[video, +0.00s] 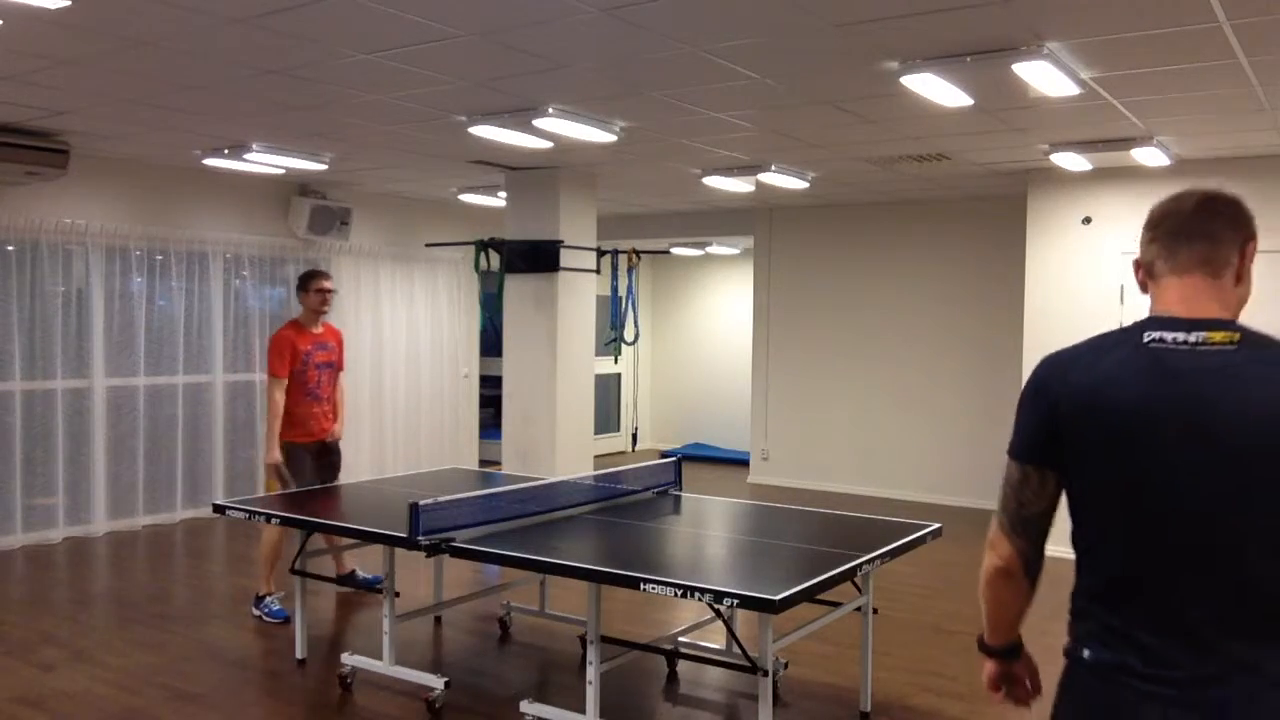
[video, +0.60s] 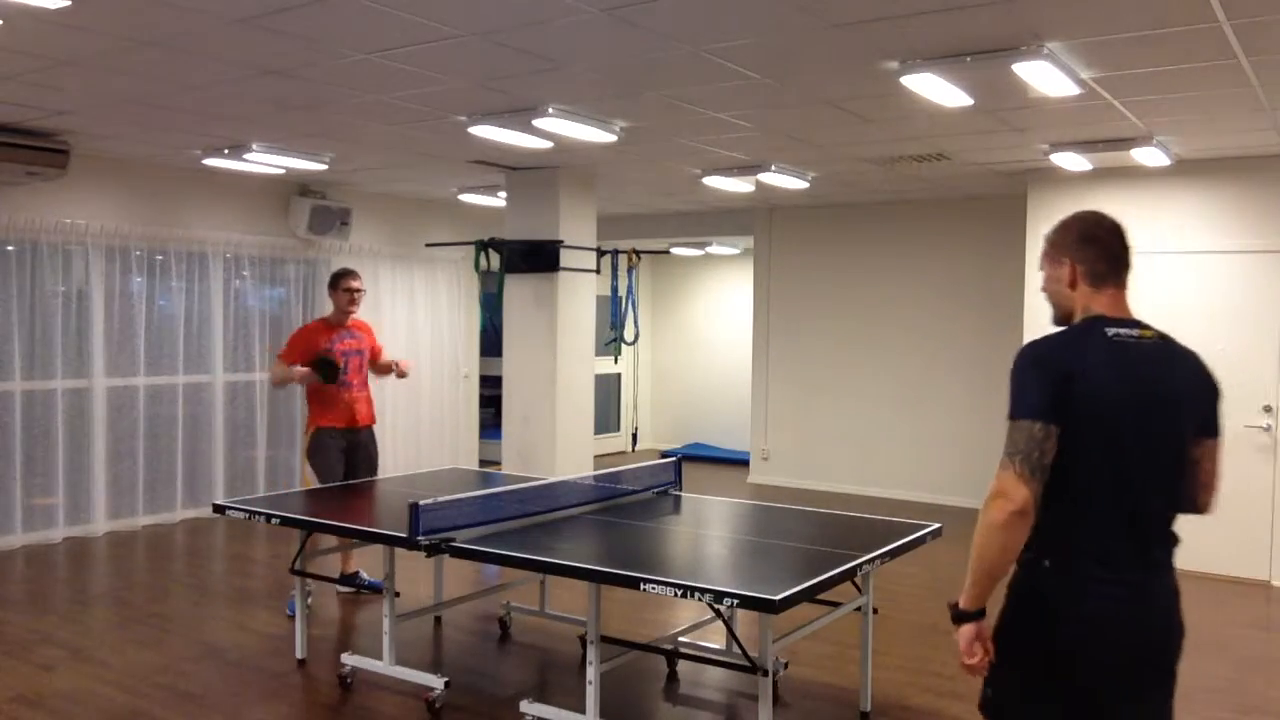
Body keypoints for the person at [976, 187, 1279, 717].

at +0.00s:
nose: (1248, 280)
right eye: (1252, 266)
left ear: (1141, 275)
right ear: (1245, 264)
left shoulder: (1066, 378)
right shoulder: (1271, 370)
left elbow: (1010, 555)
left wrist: (1001, 647)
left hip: (1109, 692)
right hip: (1252, 693)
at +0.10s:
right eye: (1234, 281)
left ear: (1132, 283)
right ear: (1229, 283)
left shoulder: (1061, 384)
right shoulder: (1270, 392)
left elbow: (1004, 554)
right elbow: (1271, 541)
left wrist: (994, 638)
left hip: (1097, 681)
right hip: (1231, 685)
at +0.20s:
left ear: (1122, 283)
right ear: (1218, 288)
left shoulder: (1060, 385)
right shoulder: (1264, 396)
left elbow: (1008, 545)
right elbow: (1270, 543)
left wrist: (986, 638)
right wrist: (1264, 542)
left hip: (1087, 661)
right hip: (1207, 664)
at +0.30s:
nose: (1105, 289)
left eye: (1106, 273)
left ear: (1114, 270)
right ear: (1194, 281)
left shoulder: (1060, 372)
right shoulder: (1253, 389)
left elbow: (1018, 522)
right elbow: (1277, 541)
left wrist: (981, 628)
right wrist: (1249, 556)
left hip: (1081, 651)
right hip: (1192, 655)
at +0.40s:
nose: (1085, 279)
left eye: (1085, 263)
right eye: (1083, 265)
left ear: (1101, 260)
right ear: (1167, 267)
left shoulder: (1061, 357)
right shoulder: (1234, 373)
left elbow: (1020, 508)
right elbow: (1263, 516)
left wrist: (977, 614)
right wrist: (1196, 552)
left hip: (1072, 631)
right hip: (1180, 634)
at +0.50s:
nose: (1063, 278)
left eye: (1065, 262)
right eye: (1062, 264)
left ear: (1087, 262)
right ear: (1142, 263)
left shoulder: (1058, 353)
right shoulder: (1213, 367)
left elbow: (1019, 503)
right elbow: (1233, 504)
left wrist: (975, 606)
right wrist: (1161, 517)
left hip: (1063, 613)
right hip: (1164, 618)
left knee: (1019, 707)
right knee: (1154, 710)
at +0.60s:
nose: (1042, 285)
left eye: (1045, 270)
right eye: (1042, 271)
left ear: (1070, 270)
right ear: (1118, 270)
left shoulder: (1047, 358)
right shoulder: (1189, 368)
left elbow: (1013, 500)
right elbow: (1200, 494)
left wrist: (971, 609)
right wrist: (1121, 474)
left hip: (1054, 610)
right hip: (1148, 612)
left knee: (1023, 709)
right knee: (1140, 711)